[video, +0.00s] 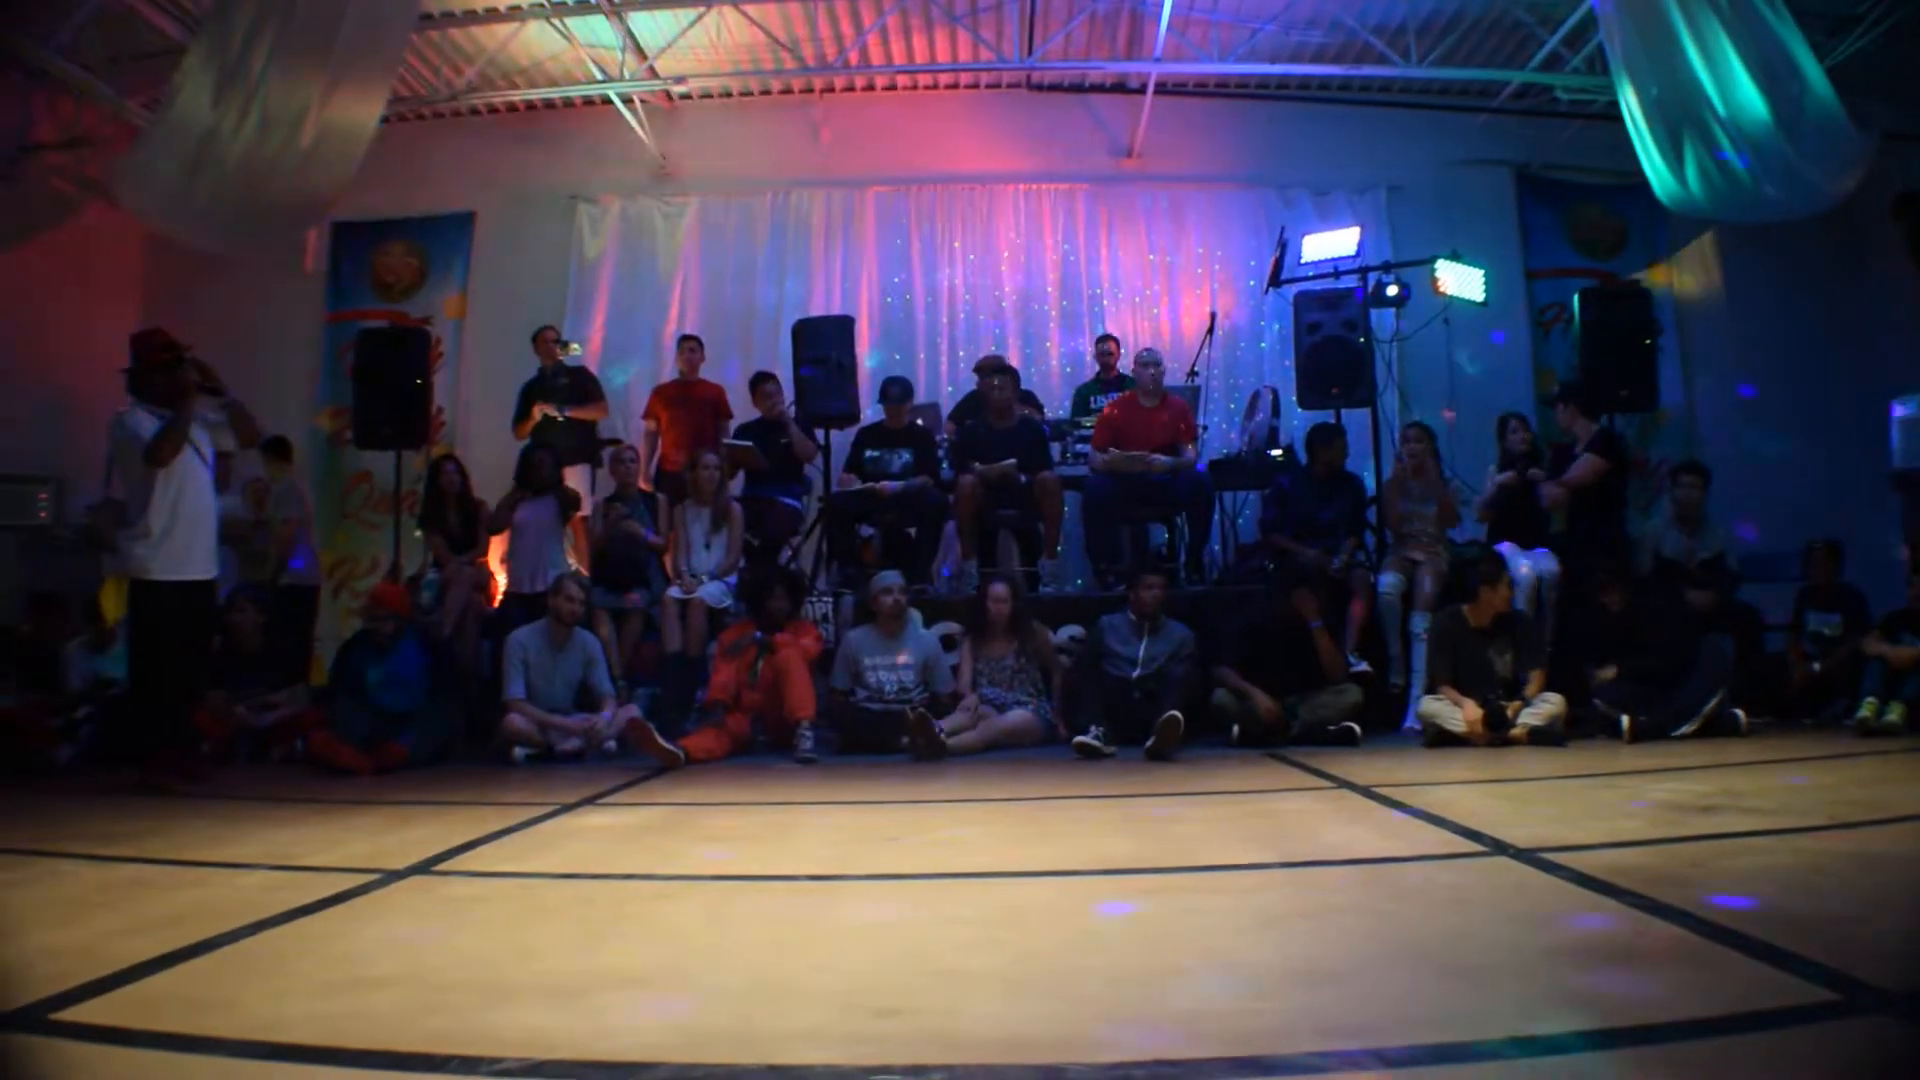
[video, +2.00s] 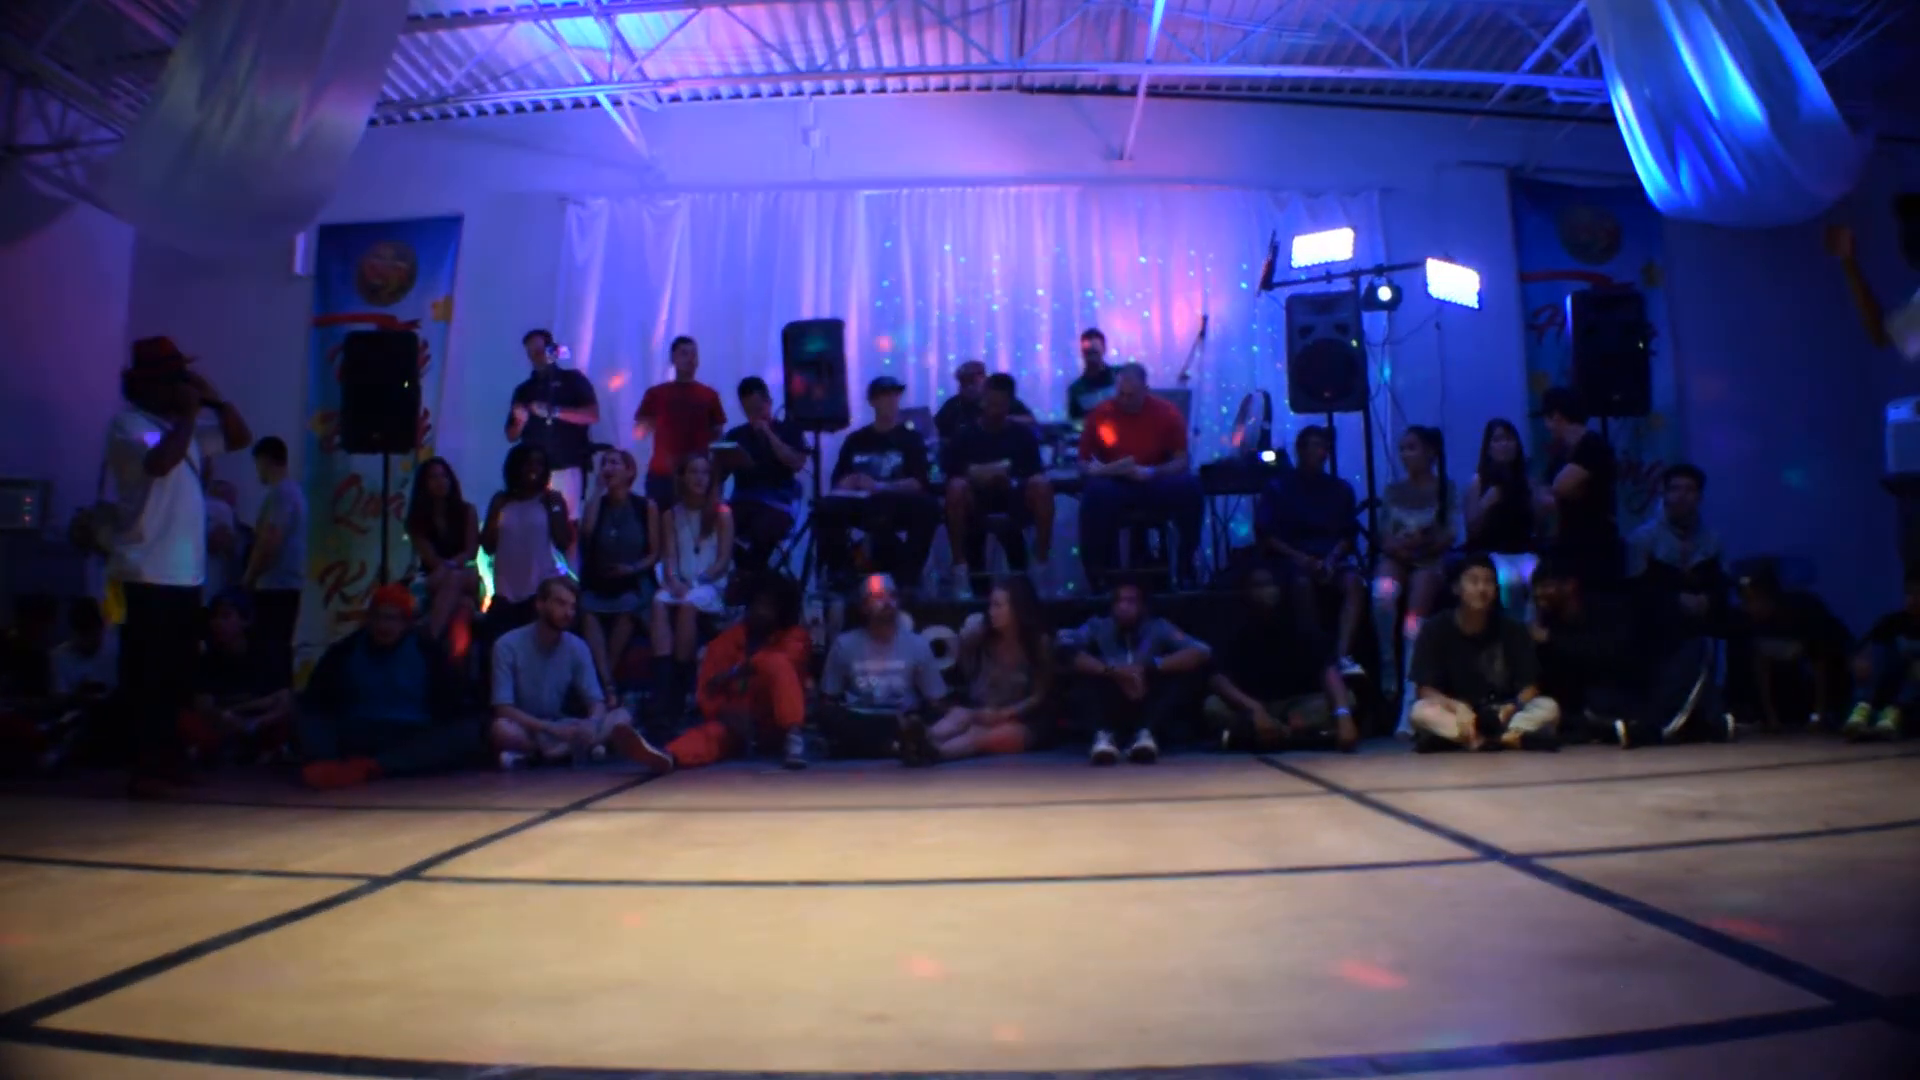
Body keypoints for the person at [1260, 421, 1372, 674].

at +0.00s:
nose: (1346, 453)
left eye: (1345, 447)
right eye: (1340, 448)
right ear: (1320, 452)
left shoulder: (1351, 484)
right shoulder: (1289, 483)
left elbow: (1356, 530)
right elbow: (1271, 533)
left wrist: (1344, 557)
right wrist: (1308, 554)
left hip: (1338, 557)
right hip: (1300, 557)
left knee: (1362, 580)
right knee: (1300, 588)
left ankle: (1351, 651)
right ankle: (1325, 653)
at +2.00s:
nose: (1317, 453)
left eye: (1321, 447)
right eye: (1311, 447)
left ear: (1327, 452)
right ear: (1299, 451)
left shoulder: (1340, 488)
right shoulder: (1281, 486)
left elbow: (1349, 533)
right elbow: (1267, 535)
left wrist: (1331, 559)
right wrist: (1303, 560)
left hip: (1330, 557)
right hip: (1295, 558)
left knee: (1354, 584)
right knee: (1301, 585)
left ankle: (1344, 655)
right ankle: (1309, 655)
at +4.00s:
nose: (1301, 449)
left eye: (1309, 444)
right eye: (1299, 443)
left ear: (1324, 453)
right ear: (1294, 449)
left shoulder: (1339, 488)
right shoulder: (1278, 483)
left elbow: (1336, 536)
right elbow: (1266, 533)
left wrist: (1326, 572)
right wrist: (1301, 554)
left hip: (1324, 557)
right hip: (1289, 556)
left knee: (1351, 584)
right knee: (1305, 579)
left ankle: (1353, 659)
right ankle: (1305, 658)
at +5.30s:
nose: (1294, 446)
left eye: (1301, 442)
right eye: (1295, 441)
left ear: (1320, 451)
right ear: (1295, 445)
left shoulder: (1340, 487)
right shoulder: (1279, 480)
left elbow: (1338, 536)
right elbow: (1264, 529)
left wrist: (1327, 572)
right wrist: (1298, 550)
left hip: (1324, 557)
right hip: (1288, 556)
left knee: (1351, 583)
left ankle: (1348, 658)